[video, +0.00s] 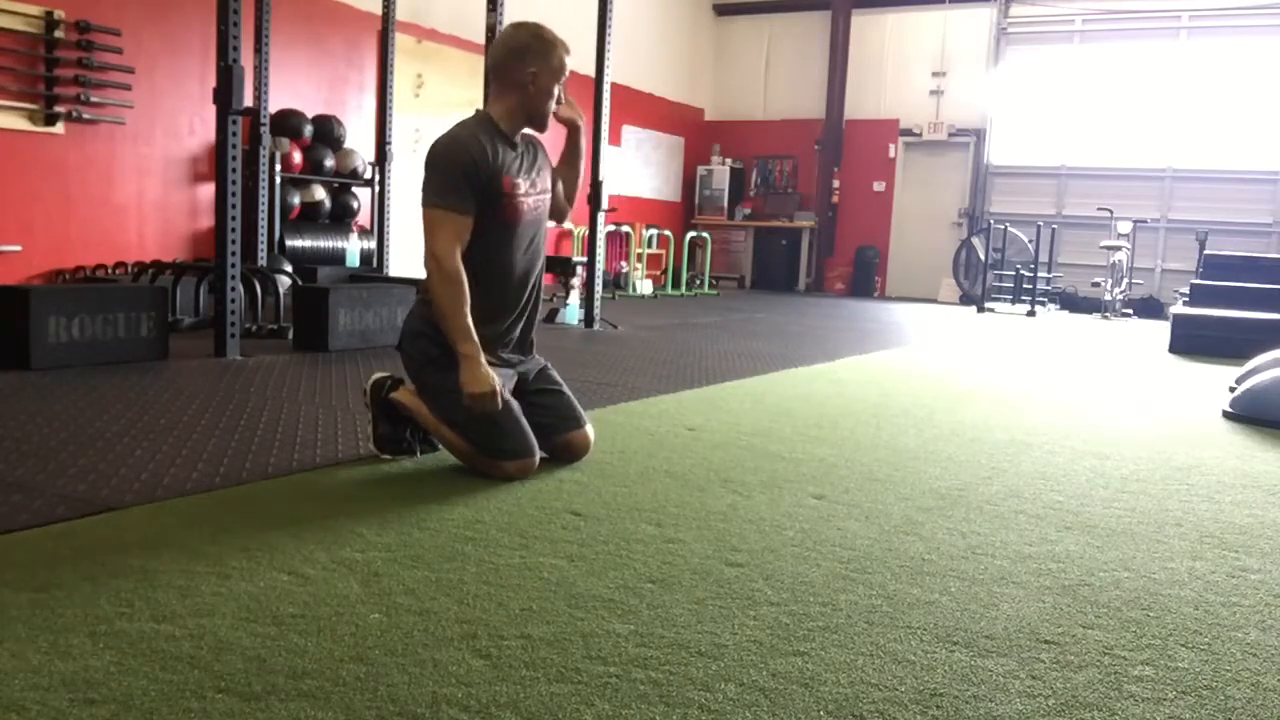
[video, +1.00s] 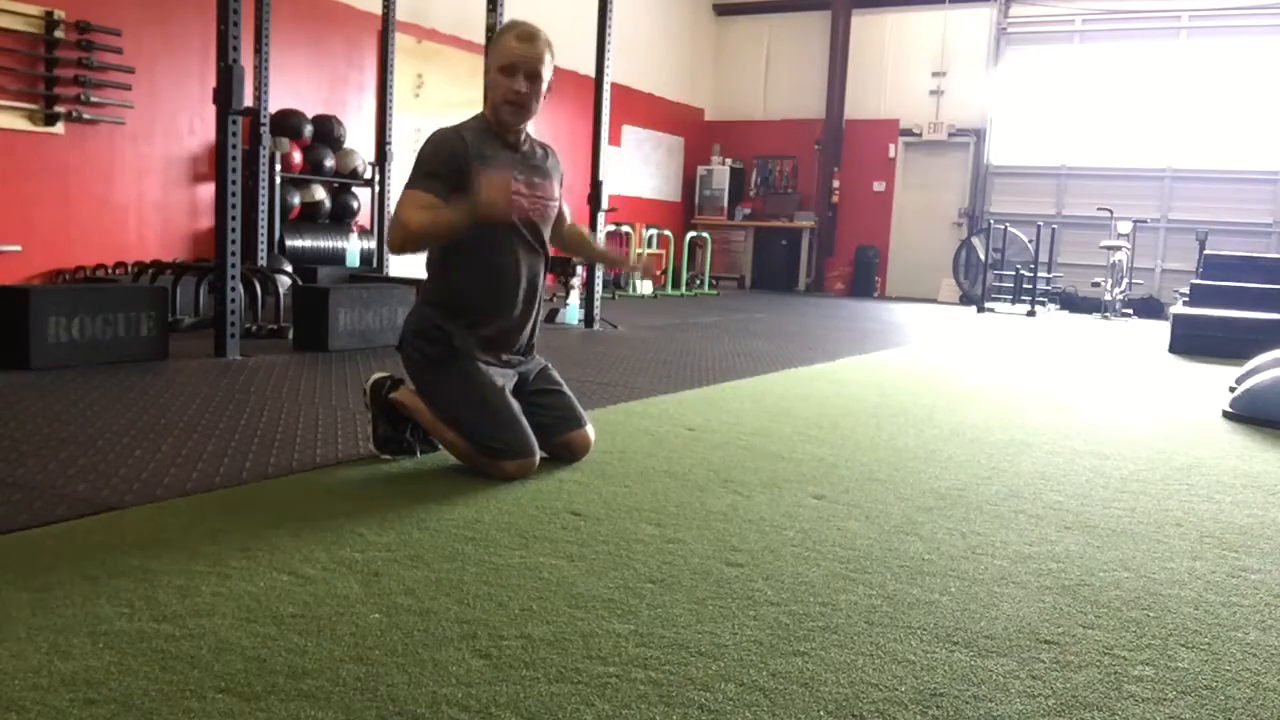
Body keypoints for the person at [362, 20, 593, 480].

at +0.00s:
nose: (563, 94)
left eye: (564, 82)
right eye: (561, 81)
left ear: (530, 79)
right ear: (529, 78)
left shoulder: (536, 152)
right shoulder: (461, 149)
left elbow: (560, 209)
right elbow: (442, 259)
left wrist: (577, 131)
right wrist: (471, 357)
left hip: (511, 345)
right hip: (449, 347)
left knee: (572, 442)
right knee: (515, 464)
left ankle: (437, 412)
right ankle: (399, 399)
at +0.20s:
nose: (559, 93)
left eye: (561, 81)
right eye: (558, 80)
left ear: (528, 80)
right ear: (529, 78)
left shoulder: (533, 153)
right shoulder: (457, 149)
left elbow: (559, 199)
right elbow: (438, 258)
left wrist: (590, 133)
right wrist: (473, 354)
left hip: (510, 345)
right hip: (448, 349)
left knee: (572, 443)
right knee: (515, 464)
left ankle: (438, 411)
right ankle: (400, 399)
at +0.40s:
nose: (557, 92)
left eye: (558, 79)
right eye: (554, 78)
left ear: (524, 77)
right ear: (526, 77)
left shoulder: (538, 152)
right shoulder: (453, 149)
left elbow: (586, 165)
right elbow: (433, 257)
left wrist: (623, 152)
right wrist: (469, 355)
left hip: (514, 348)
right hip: (450, 351)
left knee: (573, 443)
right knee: (516, 464)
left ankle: (438, 410)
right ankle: (399, 399)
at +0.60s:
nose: (559, 92)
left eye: (560, 80)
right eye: (550, 77)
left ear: (516, 75)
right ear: (509, 72)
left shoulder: (540, 156)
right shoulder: (451, 149)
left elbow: (587, 182)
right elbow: (429, 257)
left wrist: (621, 174)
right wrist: (457, 354)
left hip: (516, 350)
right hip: (453, 353)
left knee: (574, 444)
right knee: (515, 464)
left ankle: (437, 411)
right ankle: (399, 400)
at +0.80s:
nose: (548, 89)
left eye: (555, 77)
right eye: (536, 73)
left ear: (560, 82)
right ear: (498, 71)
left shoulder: (540, 157)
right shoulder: (451, 149)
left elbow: (581, 195)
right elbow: (426, 254)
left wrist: (622, 189)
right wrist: (462, 334)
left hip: (516, 347)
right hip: (451, 348)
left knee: (574, 444)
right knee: (516, 464)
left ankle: (445, 409)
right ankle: (399, 400)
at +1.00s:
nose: (519, 87)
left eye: (532, 78)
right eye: (507, 72)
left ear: (546, 88)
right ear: (486, 73)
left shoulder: (546, 160)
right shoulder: (451, 147)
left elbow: (559, 228)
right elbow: (401, 233)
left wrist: (610, 254)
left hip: (517, 346)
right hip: (450, 347)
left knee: (574, 444)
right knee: (516, 463)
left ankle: (448, 409)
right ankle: (399, 399)